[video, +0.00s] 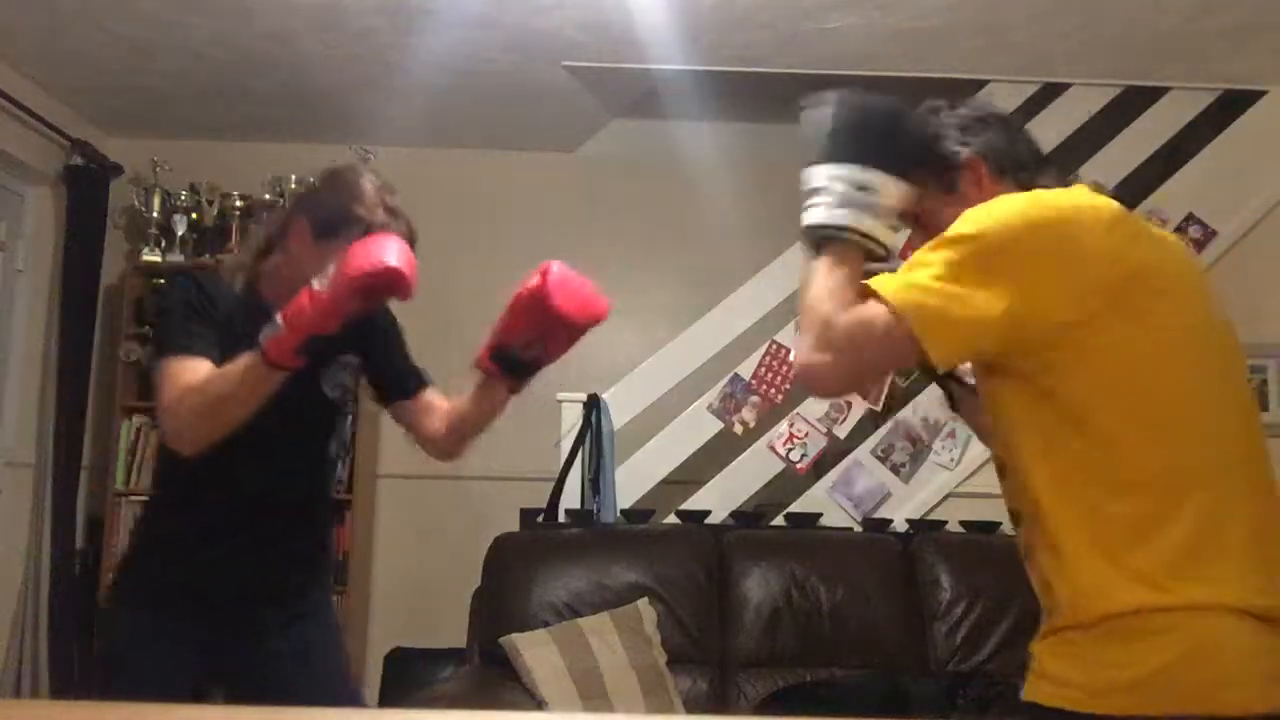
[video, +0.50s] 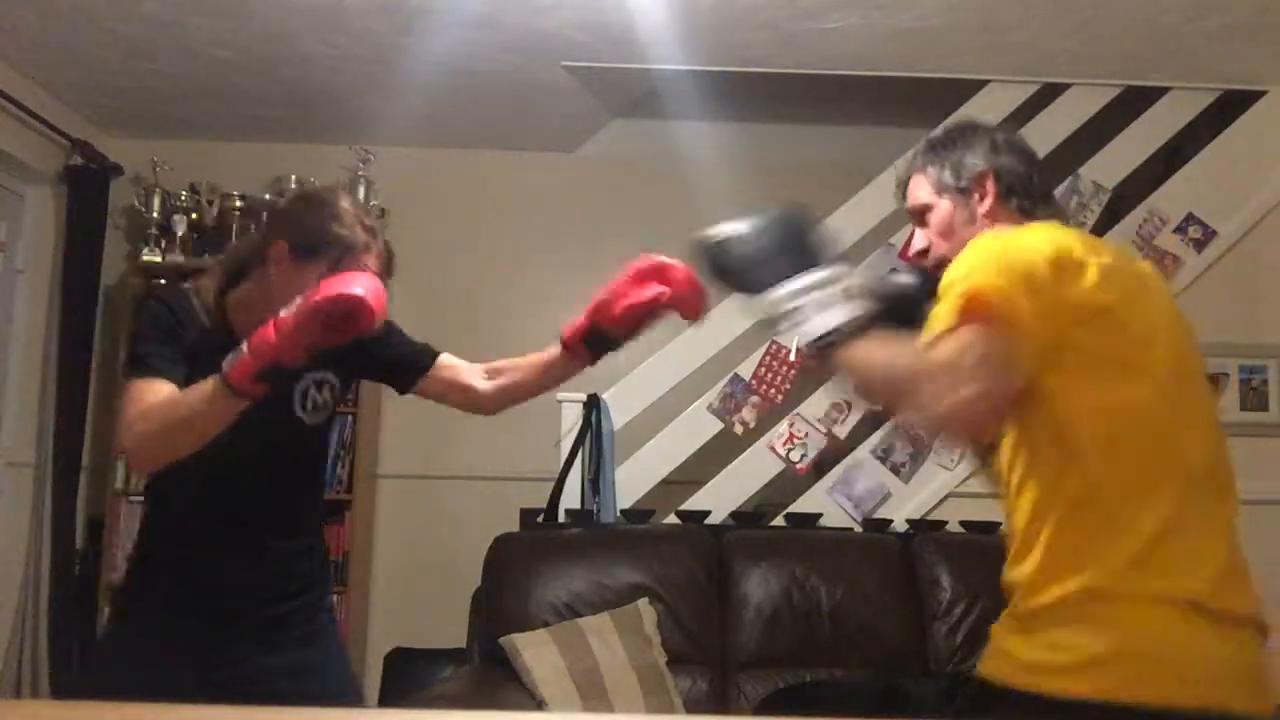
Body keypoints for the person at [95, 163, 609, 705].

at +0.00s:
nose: (350, 281)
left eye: (365, 270)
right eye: (345, 262)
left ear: (370, 267)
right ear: (298, 233)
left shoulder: (360, 320)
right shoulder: (200, 297)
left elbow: (443, 435)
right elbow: (184, 427)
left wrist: (512, 361)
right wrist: (295, 332)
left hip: (290, 604)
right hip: (169, 593)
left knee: (334, 718)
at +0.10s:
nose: (297, 285)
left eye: (312, 275)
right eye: (289, 261)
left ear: (330, 272)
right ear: (257, 240)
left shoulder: (326, 331)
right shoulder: (161, 295)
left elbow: (389, 448)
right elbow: (164, 411)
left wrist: (462, 391)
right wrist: (280, 303)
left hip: (263, 603)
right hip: (149, 599)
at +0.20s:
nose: (294, 310)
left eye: (307, 296)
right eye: (281, 286)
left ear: (311, 287)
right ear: (234, 259)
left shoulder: (290, 348)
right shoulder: (132, 309)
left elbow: (346, 462)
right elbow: (145, 413)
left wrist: (413, 418)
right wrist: (256, 310)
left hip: (249, 629)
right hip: (127, 628)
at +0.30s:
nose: (276, 287)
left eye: (291, 274)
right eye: (270, 262)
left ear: (307, 270)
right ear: (237, 236)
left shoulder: (298, 330)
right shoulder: (134, 296)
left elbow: (363, 440)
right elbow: (128, 410)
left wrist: (426, 393)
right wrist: (252, 311)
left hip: (256, 600)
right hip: (134, 600)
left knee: (318, 712)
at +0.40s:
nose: (319, 278)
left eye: (334, 267)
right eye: (314, 259)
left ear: (341, 264)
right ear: (263, 231)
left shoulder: (330, 320)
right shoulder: (156, 291)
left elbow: (433, 408)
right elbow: (121, 416)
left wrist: (504, 353)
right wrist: (253, 333)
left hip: (277, 612)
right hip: (149, 604)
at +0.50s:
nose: (337, 305)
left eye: (351, 290)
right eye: (330, 281)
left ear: (352, 281)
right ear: (279, 256)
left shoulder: (340, 331)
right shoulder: (175, 318)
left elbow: (483, 389)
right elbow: (142, 446)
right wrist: (268, 355)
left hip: (293, 628)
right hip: (169, 625)